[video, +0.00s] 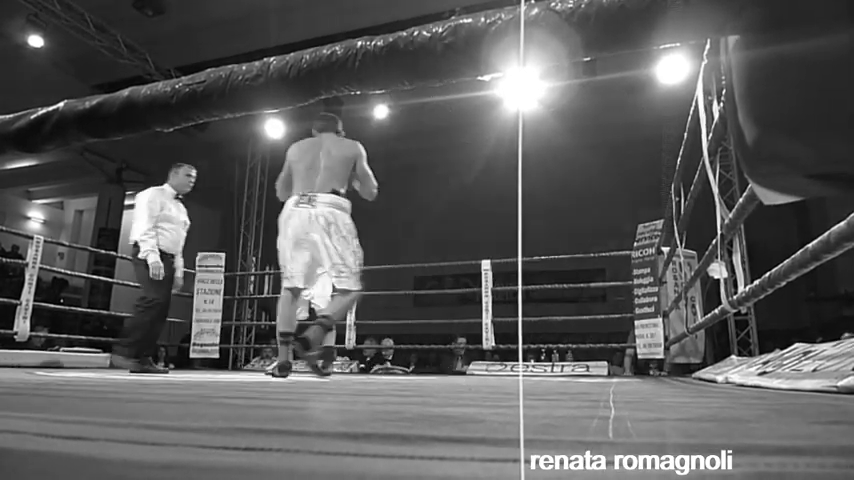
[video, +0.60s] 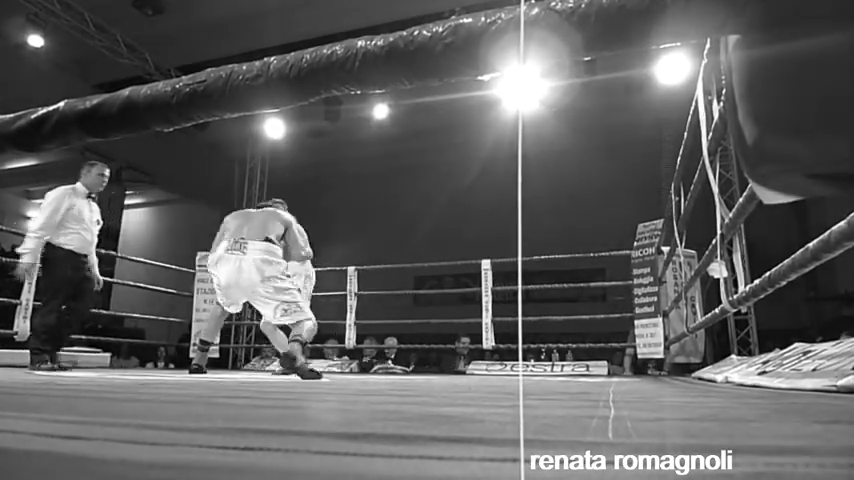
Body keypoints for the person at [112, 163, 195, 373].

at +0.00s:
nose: (192, 182)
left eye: (194, 179)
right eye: (189, 176)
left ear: (192, 183)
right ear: (174, 174)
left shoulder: (181, 210)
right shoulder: (151, 195)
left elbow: (178, 245)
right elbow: (143, 228)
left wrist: (179, 270)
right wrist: (152, 255)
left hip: (168, 258)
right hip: (148, 253)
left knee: (161, 305)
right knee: (153, 299)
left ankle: (144, 356)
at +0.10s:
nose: (173, 182)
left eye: (174, 180)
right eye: (169, 177)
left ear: (173, 184)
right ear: (153, 175)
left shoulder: (160, 209)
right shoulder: (131, 196)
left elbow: (154, 237)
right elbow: (125, 232)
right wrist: (142, 255)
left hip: (149, 260)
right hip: (127, 255)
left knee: (147, 311)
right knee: (112, 304)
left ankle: (140, 359)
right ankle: (68, 344)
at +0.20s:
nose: (159, 184)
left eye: (161, 181)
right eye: (155, 178)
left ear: (160, 185)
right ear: (140, 177)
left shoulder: (147, 211)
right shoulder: (117, 198)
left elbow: (143, 241)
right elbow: (114, 231)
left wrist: (141, 260)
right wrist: (131, 256)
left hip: (135, 261)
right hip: (110, 256)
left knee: (136, 311)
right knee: (89, 305)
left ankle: (139, 361)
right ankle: (48, 350)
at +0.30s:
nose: (138, 188)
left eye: (140, 184)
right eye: (134, 182)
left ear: (140, 189)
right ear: (119, 179)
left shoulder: (125, 216)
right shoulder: (95, 201)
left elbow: (119, 247)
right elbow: (93, 237)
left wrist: (116, 267)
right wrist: (110, 263)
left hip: (108, 263)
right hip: (85, 258)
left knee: (115, 311)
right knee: (68, 309)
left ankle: (133, 359)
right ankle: (42, 358)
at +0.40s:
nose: (127, 186)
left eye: (129, 183)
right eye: (124, 180)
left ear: (127, 186)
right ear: (109, 177)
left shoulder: (114, 212)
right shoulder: (83, 199)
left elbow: (108, 244)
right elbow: (78, 235)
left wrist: (107, 267)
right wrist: (89, 264)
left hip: (99, 260)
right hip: (75, 257)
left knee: (107, 310)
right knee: (63, 308)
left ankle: (121, 360)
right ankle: (41, 356)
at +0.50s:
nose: (118, 182)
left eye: (120, 179)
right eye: (114, 177)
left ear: (119, 183)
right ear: (99, 174)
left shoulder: (105, 209)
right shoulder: (74, 195)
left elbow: (100, 243)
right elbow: (62, 230)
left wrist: (101, 267)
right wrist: (63, 261)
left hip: (95, 262)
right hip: (73, 256)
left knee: (100, 307)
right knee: (58, 306)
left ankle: (90, 357)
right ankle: (40, 355)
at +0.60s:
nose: (105, 181)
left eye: (107, 178)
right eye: (101, 175)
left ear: (107, 182)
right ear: (85, 173)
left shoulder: (94, 209)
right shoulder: (62, 195)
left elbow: (90, 246)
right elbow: (38, 228)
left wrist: (95, 272)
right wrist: (28, 258)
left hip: (81, 261)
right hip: (58, 255)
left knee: (80, 306)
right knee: (52, 305)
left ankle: (52, 351)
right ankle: (39, 355)